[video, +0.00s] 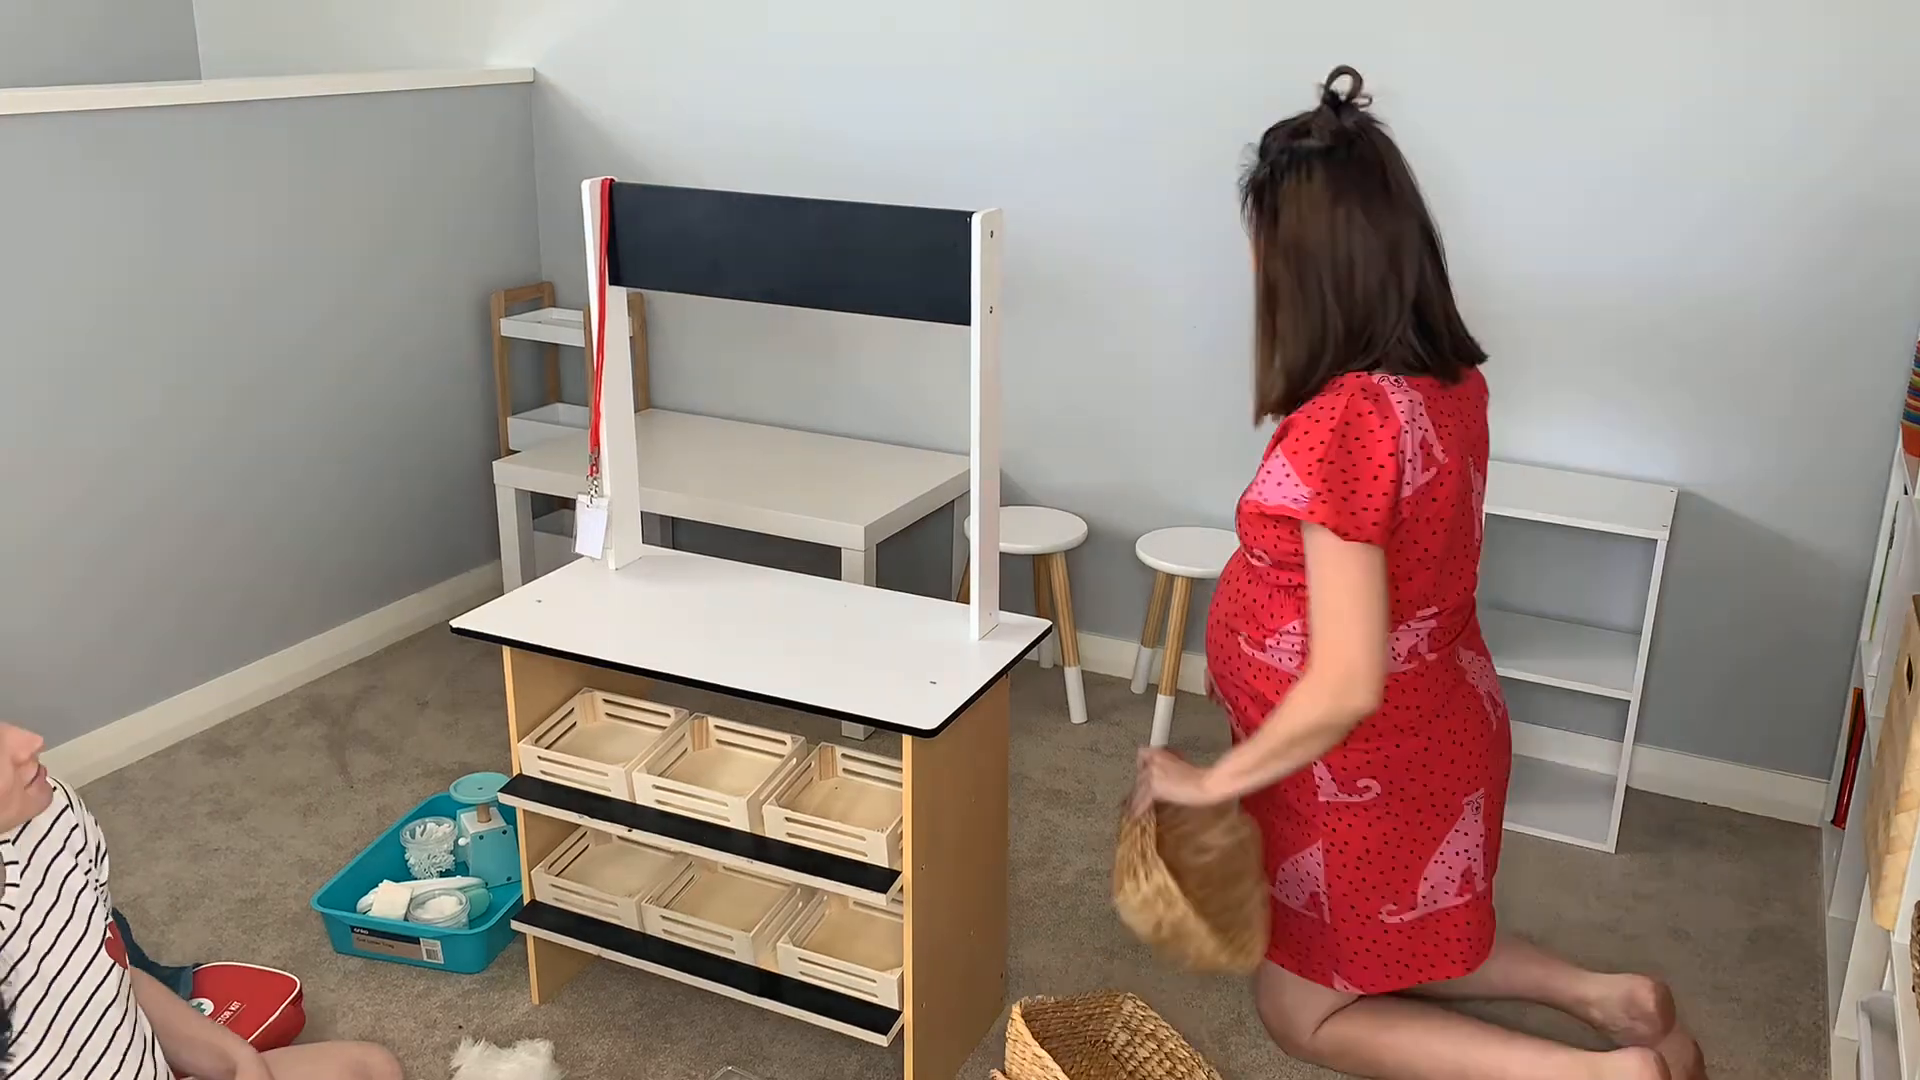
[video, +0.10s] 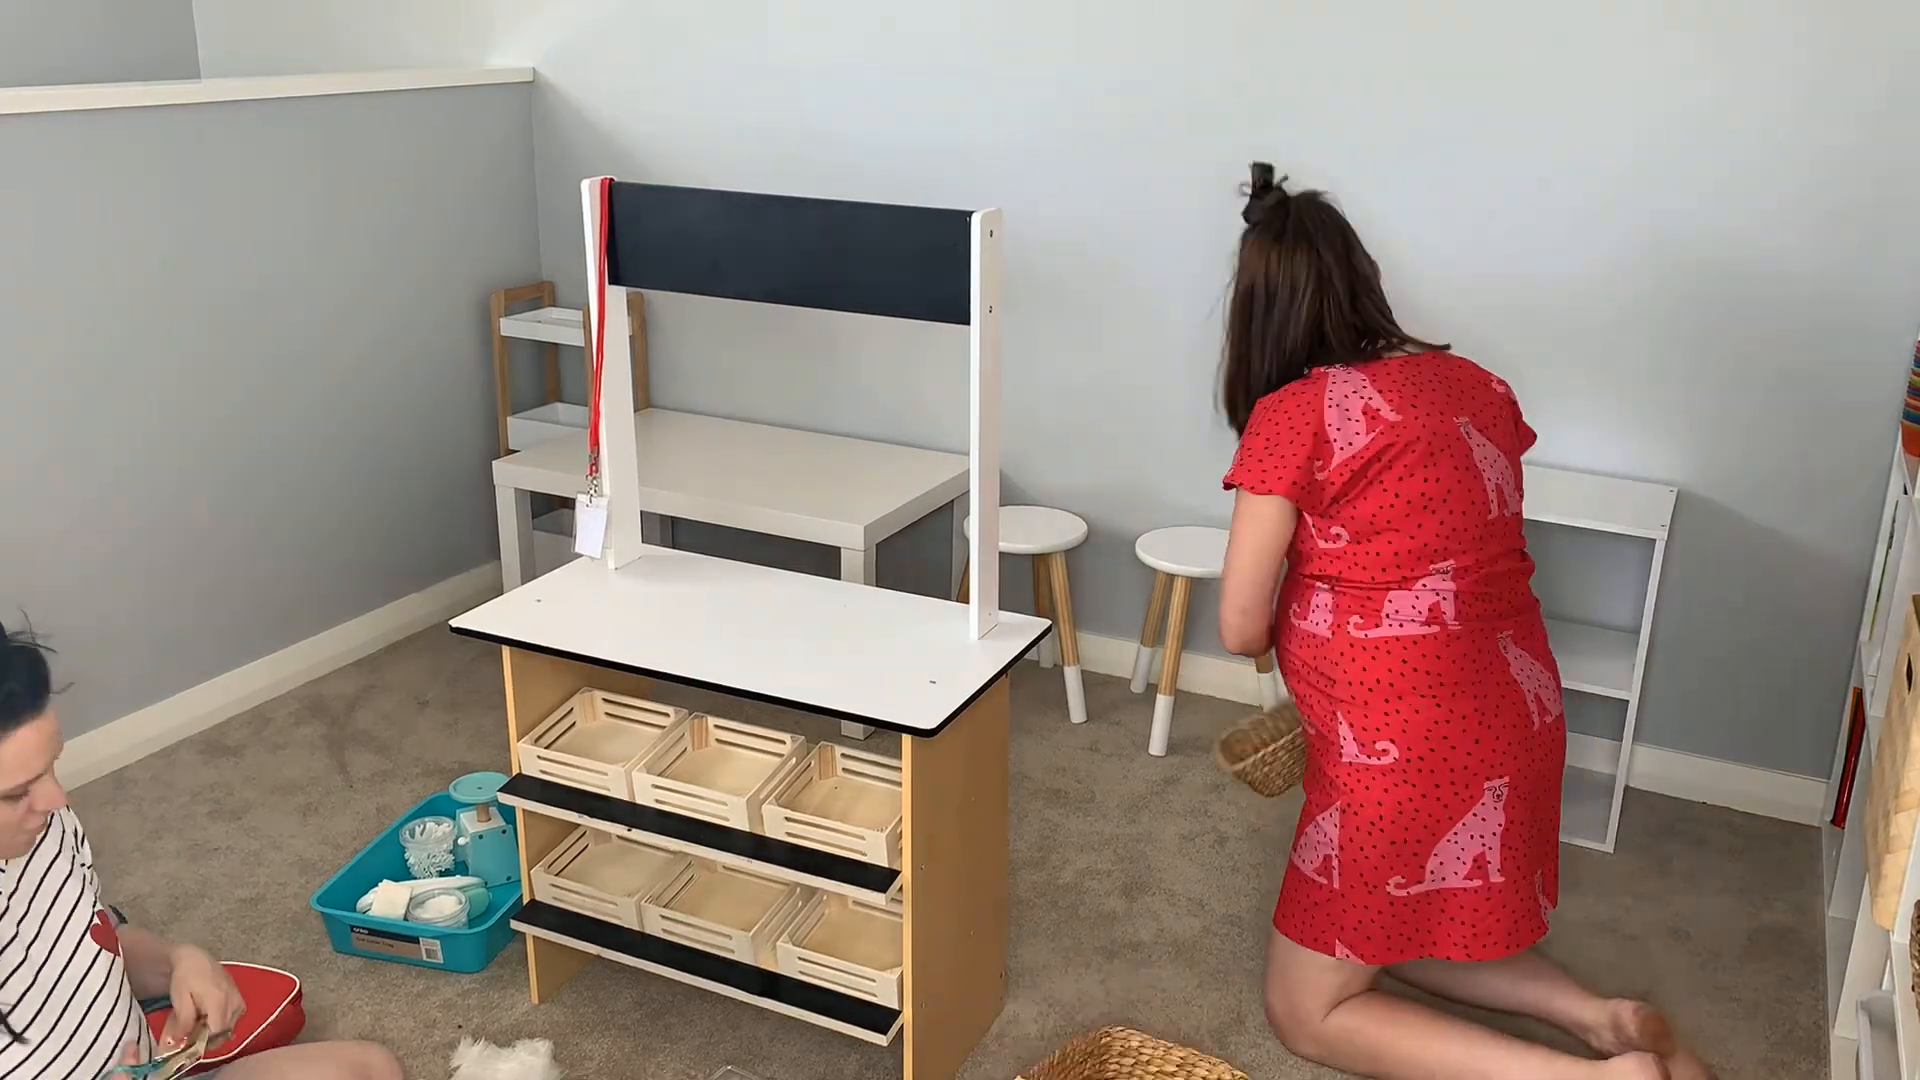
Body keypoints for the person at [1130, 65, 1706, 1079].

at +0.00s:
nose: (1253, 272)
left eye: (1257, 249)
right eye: (1252, 249)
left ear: (1296, 257)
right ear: (1395, 238)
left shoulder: (1343, 423)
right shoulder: (1454, 380)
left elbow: (1346, 683)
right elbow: (1430, 593)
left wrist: (1210, 785)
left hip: (1365, 769)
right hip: (1456, 735)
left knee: (1300, 1012)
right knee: (1404, 941)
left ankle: (1606, 1073)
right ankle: (1605, 996)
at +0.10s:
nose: (1239, 324)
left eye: (1243, 303)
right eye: (1241, 300)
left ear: (1263, 308)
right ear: (1361, 284)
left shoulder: (1299, 411)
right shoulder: (1472, 384)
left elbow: (1241, 629)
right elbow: (1480, 556)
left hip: (1400, 736)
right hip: (1518, 717)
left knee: (1308, 1009)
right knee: (1417, 934)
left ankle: (1595, 1079)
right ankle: (1598, 1014)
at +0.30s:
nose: (1262, 444)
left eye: (1262, 422)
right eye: (1260, 424)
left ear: (1283, 405)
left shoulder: (1318, 458)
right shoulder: (1509, 413)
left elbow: (1286, 678)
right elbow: (1550, 575)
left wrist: (1255, 766)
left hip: (1458, 742)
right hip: (1598, 731)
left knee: (1333, 954)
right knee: (1468, 913)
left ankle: (1555, 1060)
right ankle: (1605, 1018)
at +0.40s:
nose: (1346, 255)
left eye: (1381, 238)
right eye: (1343, 225)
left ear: (1449, 251)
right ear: (1337, 217)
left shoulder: (1468, 407)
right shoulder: (1373, 371)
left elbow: (1570, 613)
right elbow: (1346, 539)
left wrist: (1394, 693)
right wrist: (1257, 628)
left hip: (1444, 753)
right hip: (1357, 731)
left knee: (1389, 1038)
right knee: (1368, 927)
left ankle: (1672, 975)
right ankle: (1631, 911)